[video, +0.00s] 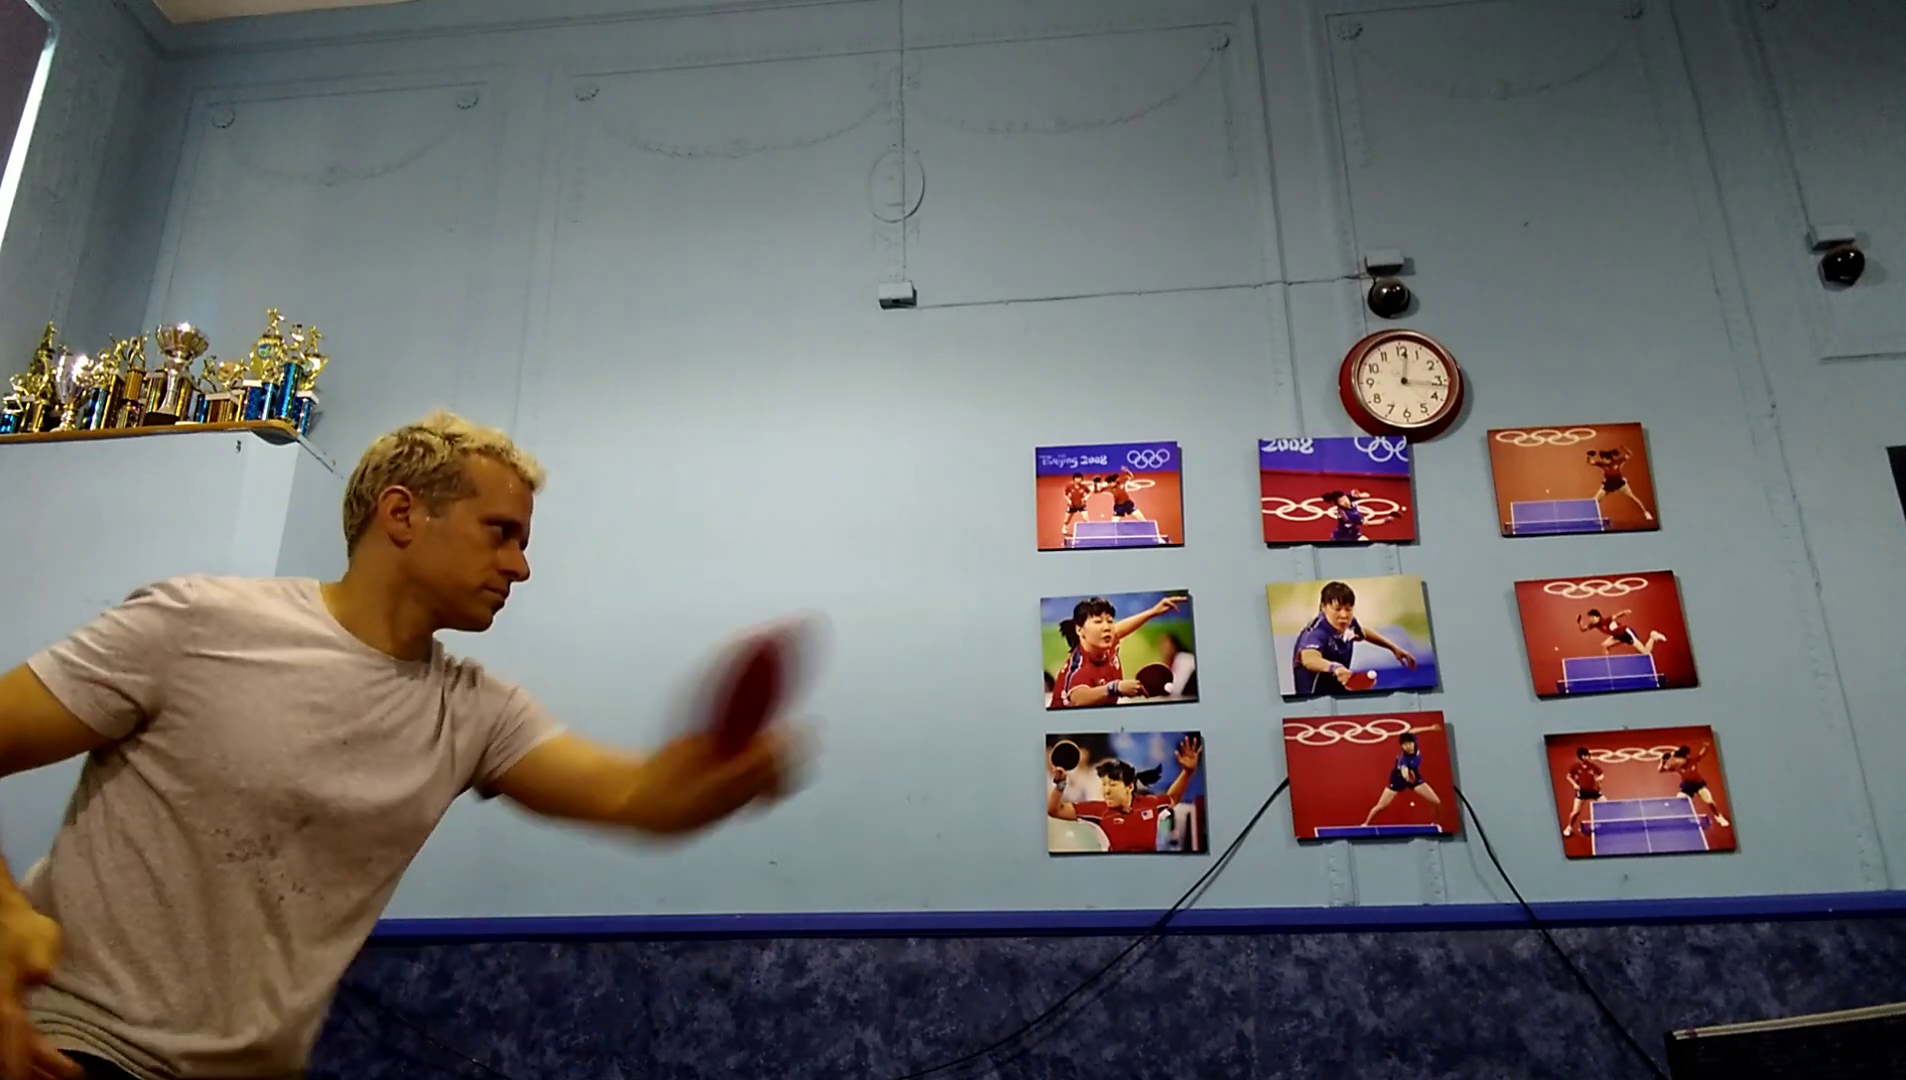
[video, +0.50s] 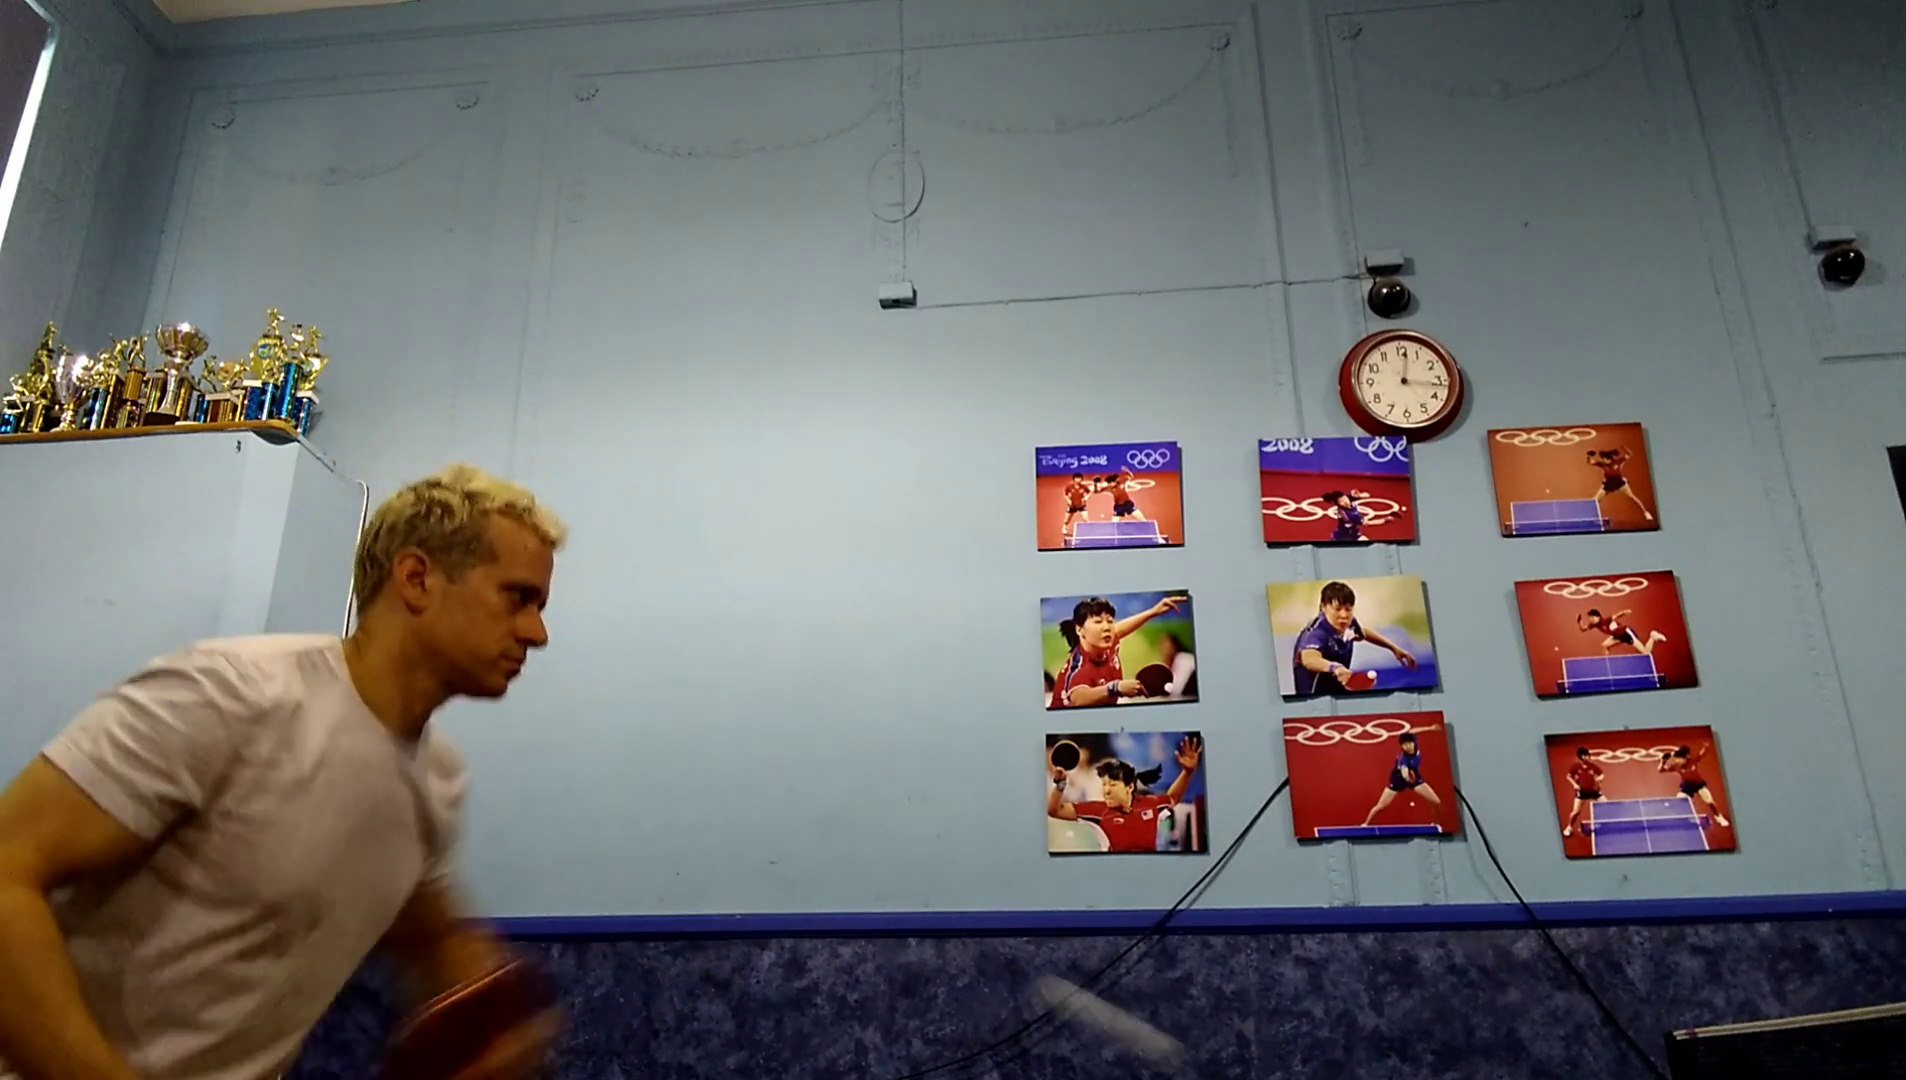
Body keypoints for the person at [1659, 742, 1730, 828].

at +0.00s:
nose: (1679, 762)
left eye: (1681, 760)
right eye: (1677, 760)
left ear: (1686, 757)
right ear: (1676, 759)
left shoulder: (1693, 761)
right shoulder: (1676, 766)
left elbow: (1701, 755)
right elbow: (1661, 771)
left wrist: (1705, 747)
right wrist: (1663, 761)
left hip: (1699, 784)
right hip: (1686, 785)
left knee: (1710, 802)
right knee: (1679, 802)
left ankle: (1718, 816)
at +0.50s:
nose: (1679, 762)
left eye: (1680, 760)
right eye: (1677, 760)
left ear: (1686, 757)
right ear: (1676, 759)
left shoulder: (1693, 761)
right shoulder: (1676, 766)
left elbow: (1701, 755)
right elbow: (1661, 771)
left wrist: (1705, 747)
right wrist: (1663, 761)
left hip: (1699, 784)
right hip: (1686, 785)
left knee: (1710, 802)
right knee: (1679, 802)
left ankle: (1718, 816)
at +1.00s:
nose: (1678, 762)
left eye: (1680, 760)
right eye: (1677, 760)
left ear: (1686, 757)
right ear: (1676, 759)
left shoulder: (1693, 761)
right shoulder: (1676, 766)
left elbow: (1701, 755)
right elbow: (1661, 771)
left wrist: (1705, 747)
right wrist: (1663, 761)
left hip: (1699, 784)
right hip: (1686, 786)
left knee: (1710, 802)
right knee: (1679, 802)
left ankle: (1718, 816)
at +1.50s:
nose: (1679, 762)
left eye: (1681, 759)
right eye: (1677, 760)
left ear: (1686, 757)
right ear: (1676, 759)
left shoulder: (1693, 761)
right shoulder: (1676, 766)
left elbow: (1701, 755)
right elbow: (1661, 770)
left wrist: (1705, 747)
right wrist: (1663, 761)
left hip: (1699, 784)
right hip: (1686, 786)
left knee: (1710, 802)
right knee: (1679, 803)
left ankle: (1718, 816)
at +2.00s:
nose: (1679, 762)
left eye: (1681, 759)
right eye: (1677, 760)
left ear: (1686, 757)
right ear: (1676, 759)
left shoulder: (1693, 761)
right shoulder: (1676, 766)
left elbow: (1701, 755)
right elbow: (1661, 770)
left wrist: (1705, 747)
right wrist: (1663, 761)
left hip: (1699, 784)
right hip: (1686, 786)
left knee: (1710, 802)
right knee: (1679, 802)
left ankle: (1718, 816)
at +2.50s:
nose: (1686, 759)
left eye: (1686, 757)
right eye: (1684, 758)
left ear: (1687, 757)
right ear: (1678, 758)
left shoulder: (1693, 761)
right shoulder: (1676, 766)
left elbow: (1701, 755)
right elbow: (1661, 771)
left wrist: (1705, 748)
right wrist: (1663, 761)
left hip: (1699, 784)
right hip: (1686, 785)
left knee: (1710, 802)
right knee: (1679, 802)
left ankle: (1718, 816)